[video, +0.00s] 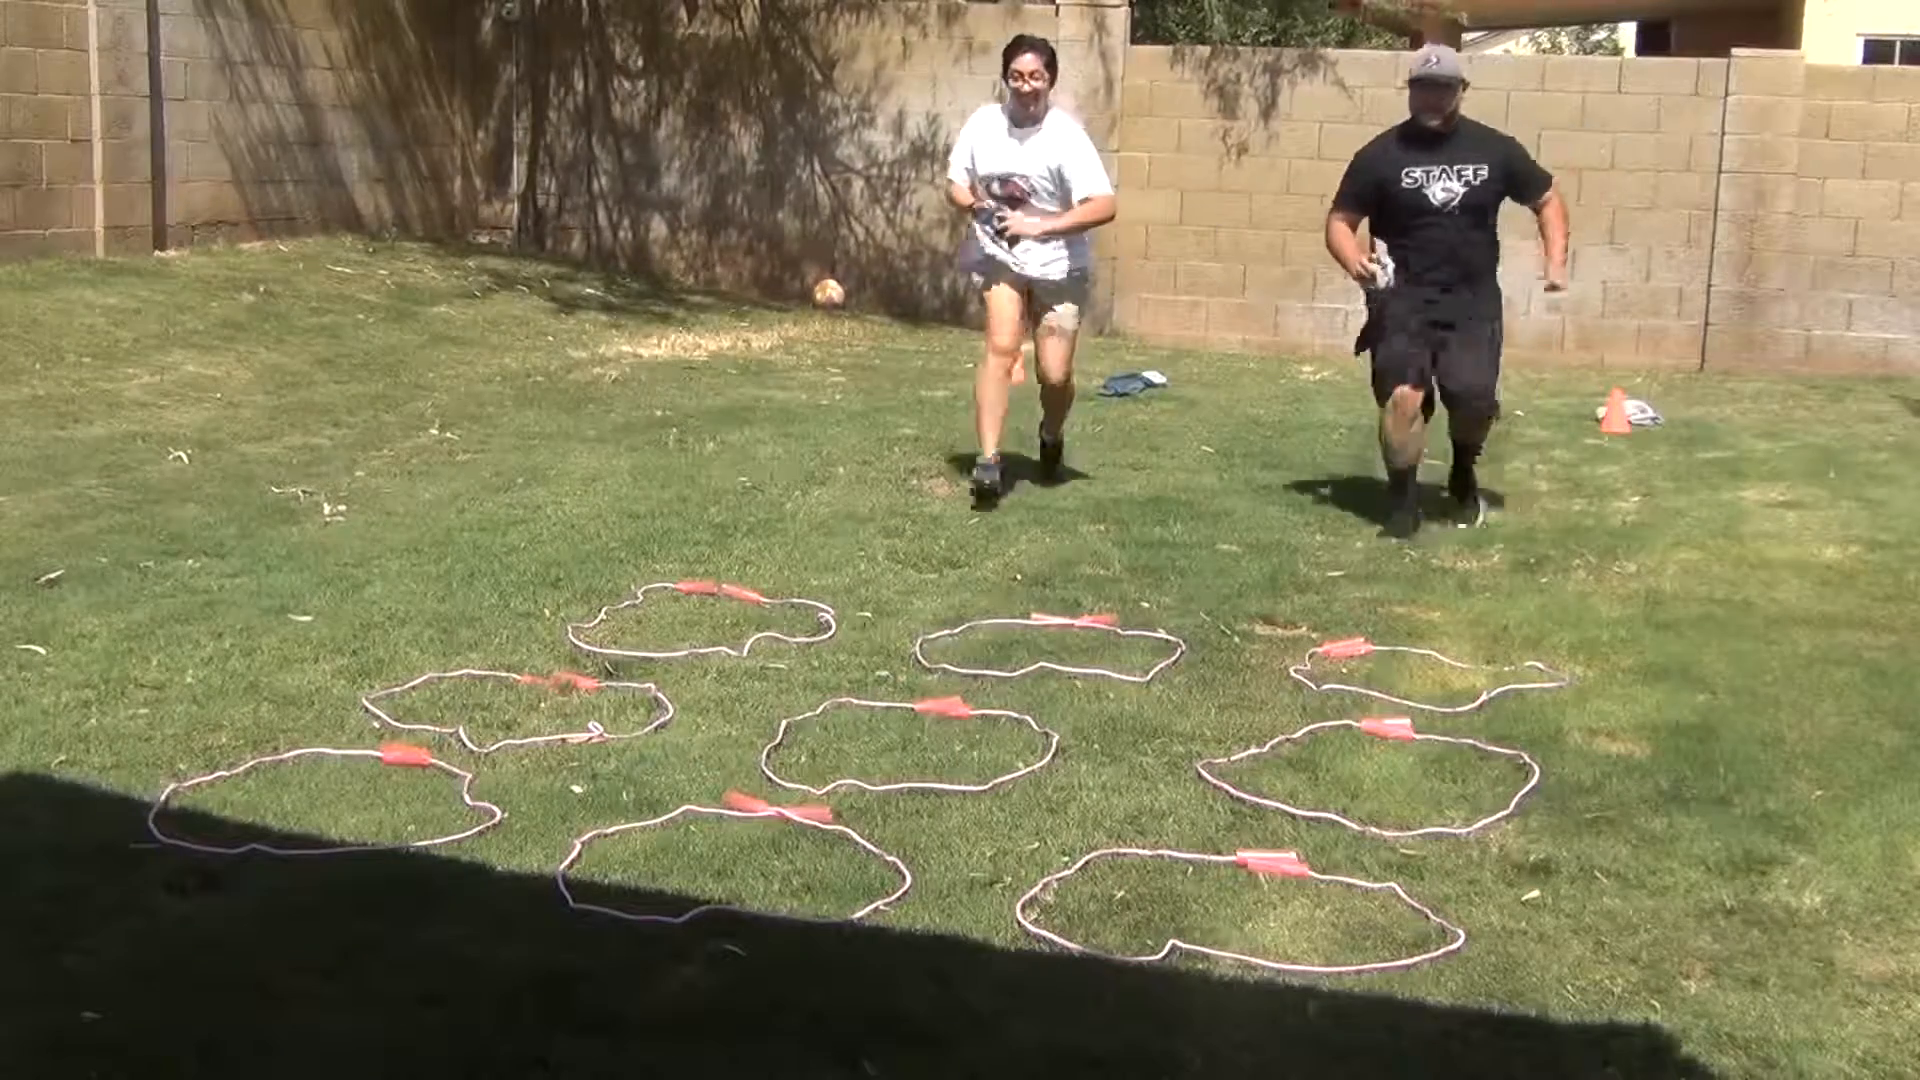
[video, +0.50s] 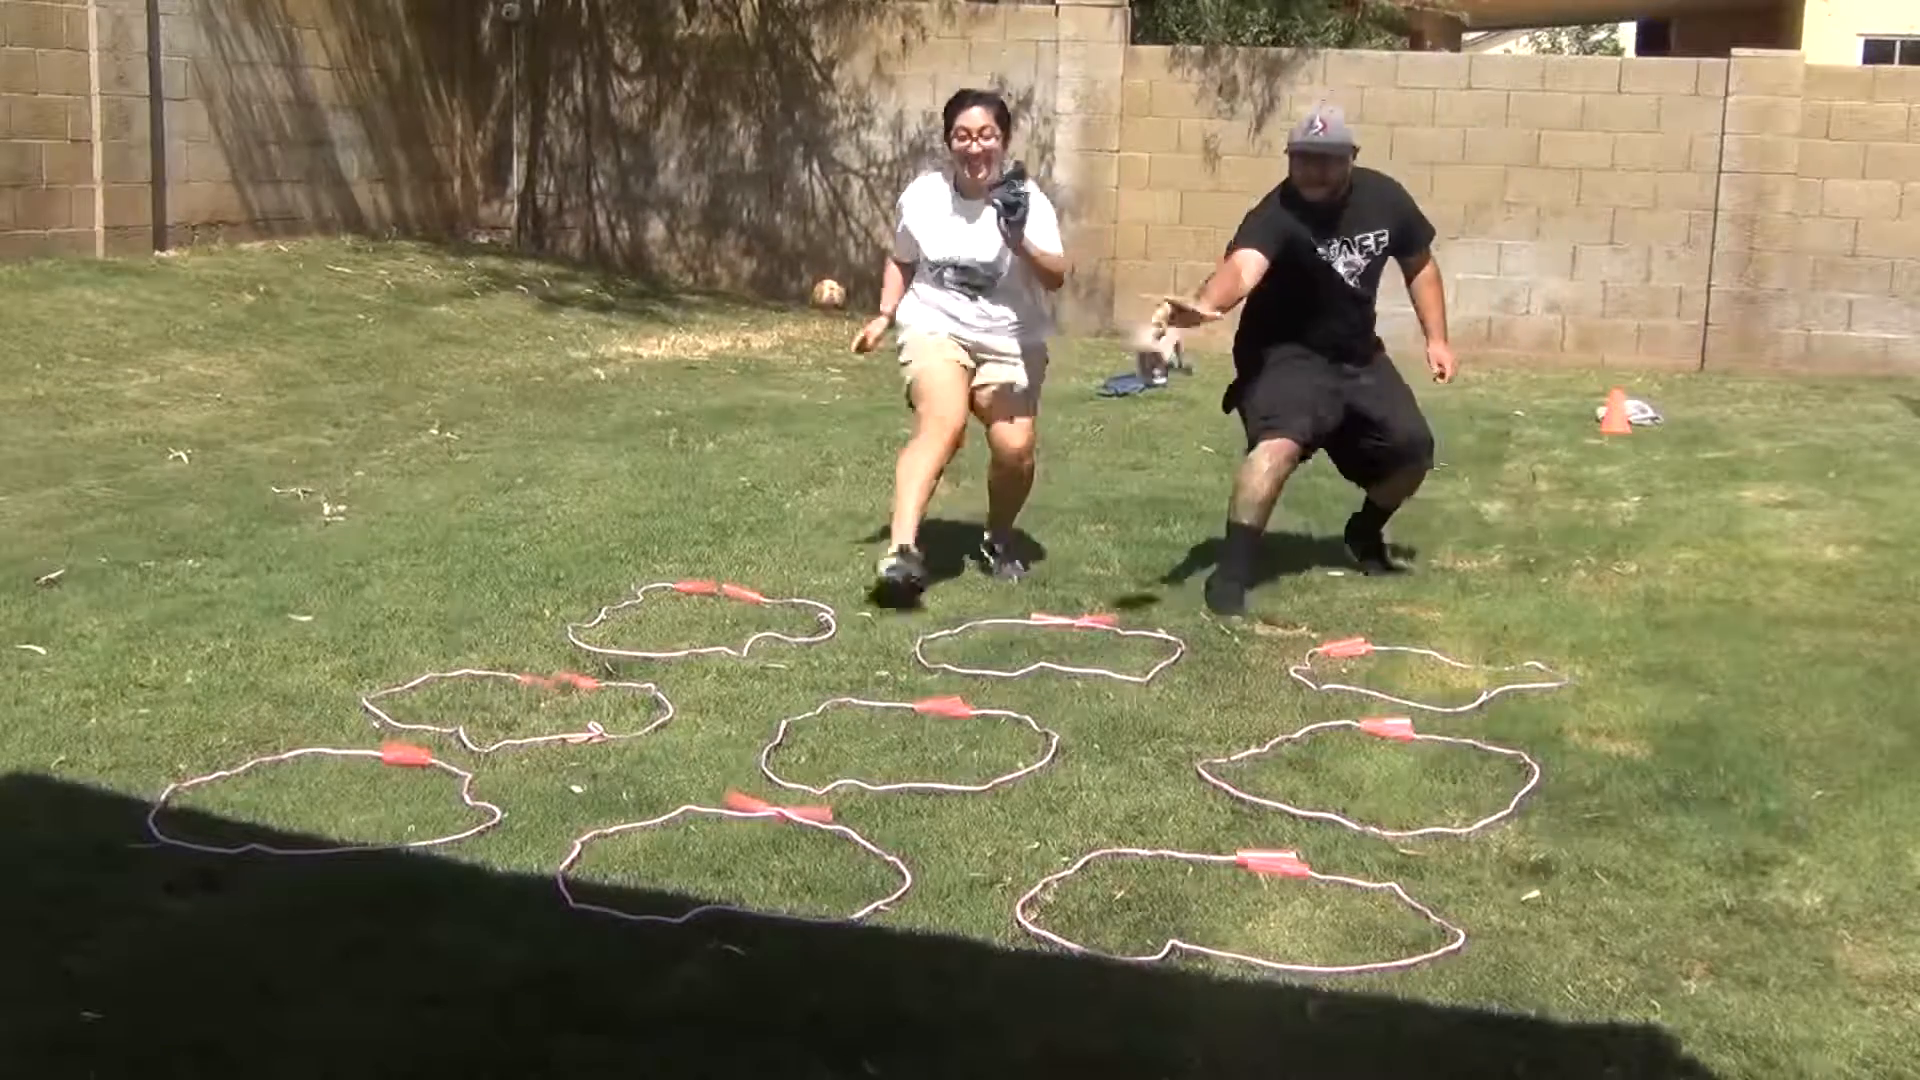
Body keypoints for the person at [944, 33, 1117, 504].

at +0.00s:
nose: (1026, 86)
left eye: (1035, 77)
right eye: (1017, 77)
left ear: (1051, 80)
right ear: (1005, 79)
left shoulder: (1067, 134)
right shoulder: (985, 122)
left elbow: (1103, 206)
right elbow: (958, 183)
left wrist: (1040, 226)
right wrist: (977, 203)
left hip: (1060, 265)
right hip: (1002, 258)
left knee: (1055, 376)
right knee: (1000, 348)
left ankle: (1051, 438)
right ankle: (988, 461)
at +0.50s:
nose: (975, 146)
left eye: (986, 134)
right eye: (963, 135)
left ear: (1006, 140)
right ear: (948, 142)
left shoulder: (1029, 200)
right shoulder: (925, 193)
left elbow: (1056, 276)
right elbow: (901, 259)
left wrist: (1016, 237)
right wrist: (885, 314)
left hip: (1010, 337)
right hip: (934, 325)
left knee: (1015, 448)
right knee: (941, 420)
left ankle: (999, 538)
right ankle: (901, 552)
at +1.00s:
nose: (955, 193)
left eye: (968, 181)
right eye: (943, 180)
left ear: (986, 178)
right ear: (926, 172)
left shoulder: (1004, 229)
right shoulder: (888, 195)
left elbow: (997, 313)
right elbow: (832, 225)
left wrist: (971, 378)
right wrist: (791, 290)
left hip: (959, 346)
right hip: (883, 330)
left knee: (982, 471)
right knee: (907, 431)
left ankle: (973, 546)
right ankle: (877, 565)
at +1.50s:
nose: (858, 206)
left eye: (871, 193)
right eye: (844, 193)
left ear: (892, 178)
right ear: (819, 176)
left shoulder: (925, 224)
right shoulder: (781, 218)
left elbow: (978, 324)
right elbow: (755, 320)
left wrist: (1023, 426)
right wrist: (761, 402)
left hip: (879, 364)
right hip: (792, 366)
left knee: (853, 490)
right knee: (802, 507)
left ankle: (815, 648)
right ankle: (822, 542)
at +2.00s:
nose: (823, 409)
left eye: (837, 396)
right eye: (810, 393)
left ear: (850, 381)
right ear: (773, 366)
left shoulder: (842, 429)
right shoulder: (717, 322)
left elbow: (835, 553)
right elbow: (614, 326)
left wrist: (847, 690)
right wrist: (563, 398)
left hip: (747, 465)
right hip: (653, 398)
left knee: (698, 617)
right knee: (689, 536)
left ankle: (771, 632)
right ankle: (651, 737)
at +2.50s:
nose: (982, 291)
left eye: (987, 276)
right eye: (979, 272)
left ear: (938, 267)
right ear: (938, 261)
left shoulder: (890, 332)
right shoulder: (843, 271)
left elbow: (861, 423)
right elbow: (736, 332)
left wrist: (861, 437)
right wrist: (773, 443)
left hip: (733, 384)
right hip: (665, 366)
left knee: (822, 496)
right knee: (727, 541)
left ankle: (754, 654)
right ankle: (657, 735)